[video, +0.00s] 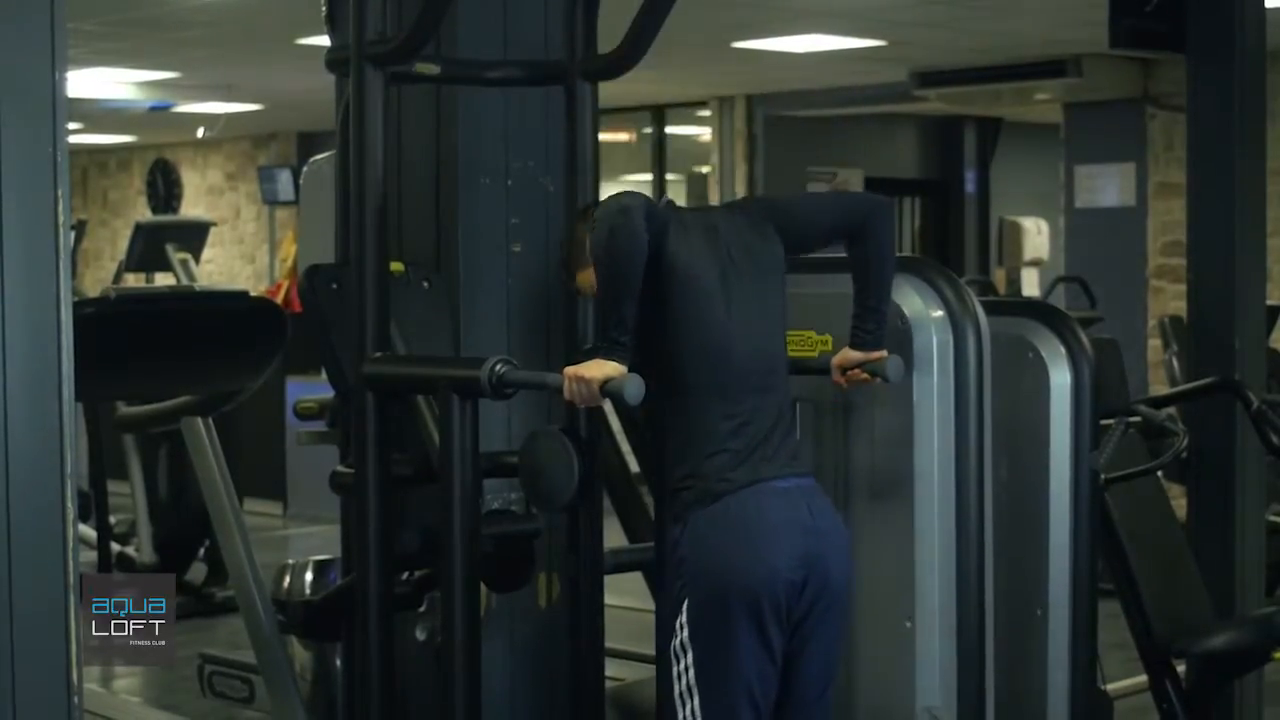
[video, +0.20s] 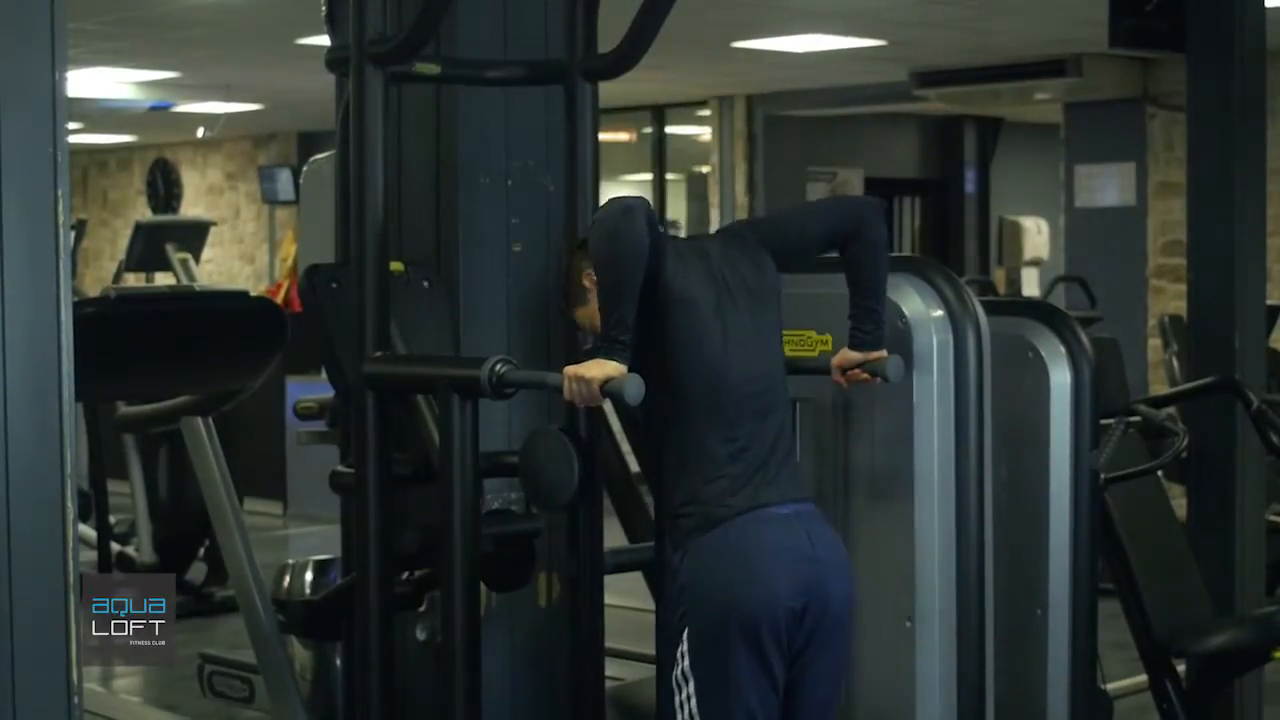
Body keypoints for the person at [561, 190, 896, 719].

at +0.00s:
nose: (601, 299)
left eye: (594, 287)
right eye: (593, 293)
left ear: (601, 252)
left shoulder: (638, 224)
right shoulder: (752, 221)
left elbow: (626, 209)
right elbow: (870, 210)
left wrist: (611, 347)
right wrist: (869, 337)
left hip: (720, 527)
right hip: (805, 506)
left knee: (716, 706)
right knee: (805, 707)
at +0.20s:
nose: (593, 329)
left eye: (587, 318)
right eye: (585, 324)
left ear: (593, 281)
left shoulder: (634, 268)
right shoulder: (744, 244)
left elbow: (627, 213)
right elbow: (863, 213)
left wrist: (611, 347)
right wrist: (867, 337)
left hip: (722, 551)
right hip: (808, 529)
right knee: (812, 708)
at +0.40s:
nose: (591, 324)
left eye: (584, 311)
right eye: (584, 319)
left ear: (592, 275)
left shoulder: (632, 263)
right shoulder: (741, 238)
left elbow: (627, 212)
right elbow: (859, 213)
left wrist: (611, 346)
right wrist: (866, 338)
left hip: (722, 545)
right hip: (809, 525)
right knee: (811, 708)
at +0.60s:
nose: (599, 268)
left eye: (591, 258)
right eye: (591, 264)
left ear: (597, 220)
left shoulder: (628, 202)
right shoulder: (752, 197)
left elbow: (631, 215)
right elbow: (871, 208)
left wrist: (612, 349)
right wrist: (867, 337)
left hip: (720, 497)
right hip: (806, 478)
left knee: (717, 705)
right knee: (806, 705)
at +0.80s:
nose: (598, 201)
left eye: (592, 187)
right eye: (591, 192)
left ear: (606, 154)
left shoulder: (639, 149)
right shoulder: (762, 152)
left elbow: (625, 212)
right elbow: (873, 206)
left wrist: (610, 346)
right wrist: (868, 335)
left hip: (720, 447)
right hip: (805, 431)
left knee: (714, 694)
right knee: (786, 664)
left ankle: (887, 703)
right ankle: (888, 683)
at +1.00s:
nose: (606, 146)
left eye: (600, 131)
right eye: (600, 139)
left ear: (609, 96)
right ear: (666, 74)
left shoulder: (640, 108)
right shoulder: (769, 111)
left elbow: (631, 206)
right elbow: (864, 200)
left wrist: (611, 339)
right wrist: (868, 330)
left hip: (720, 399)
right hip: (807, 388)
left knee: (705, 654)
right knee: (779, 617)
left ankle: (893, 701)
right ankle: (880, 635)